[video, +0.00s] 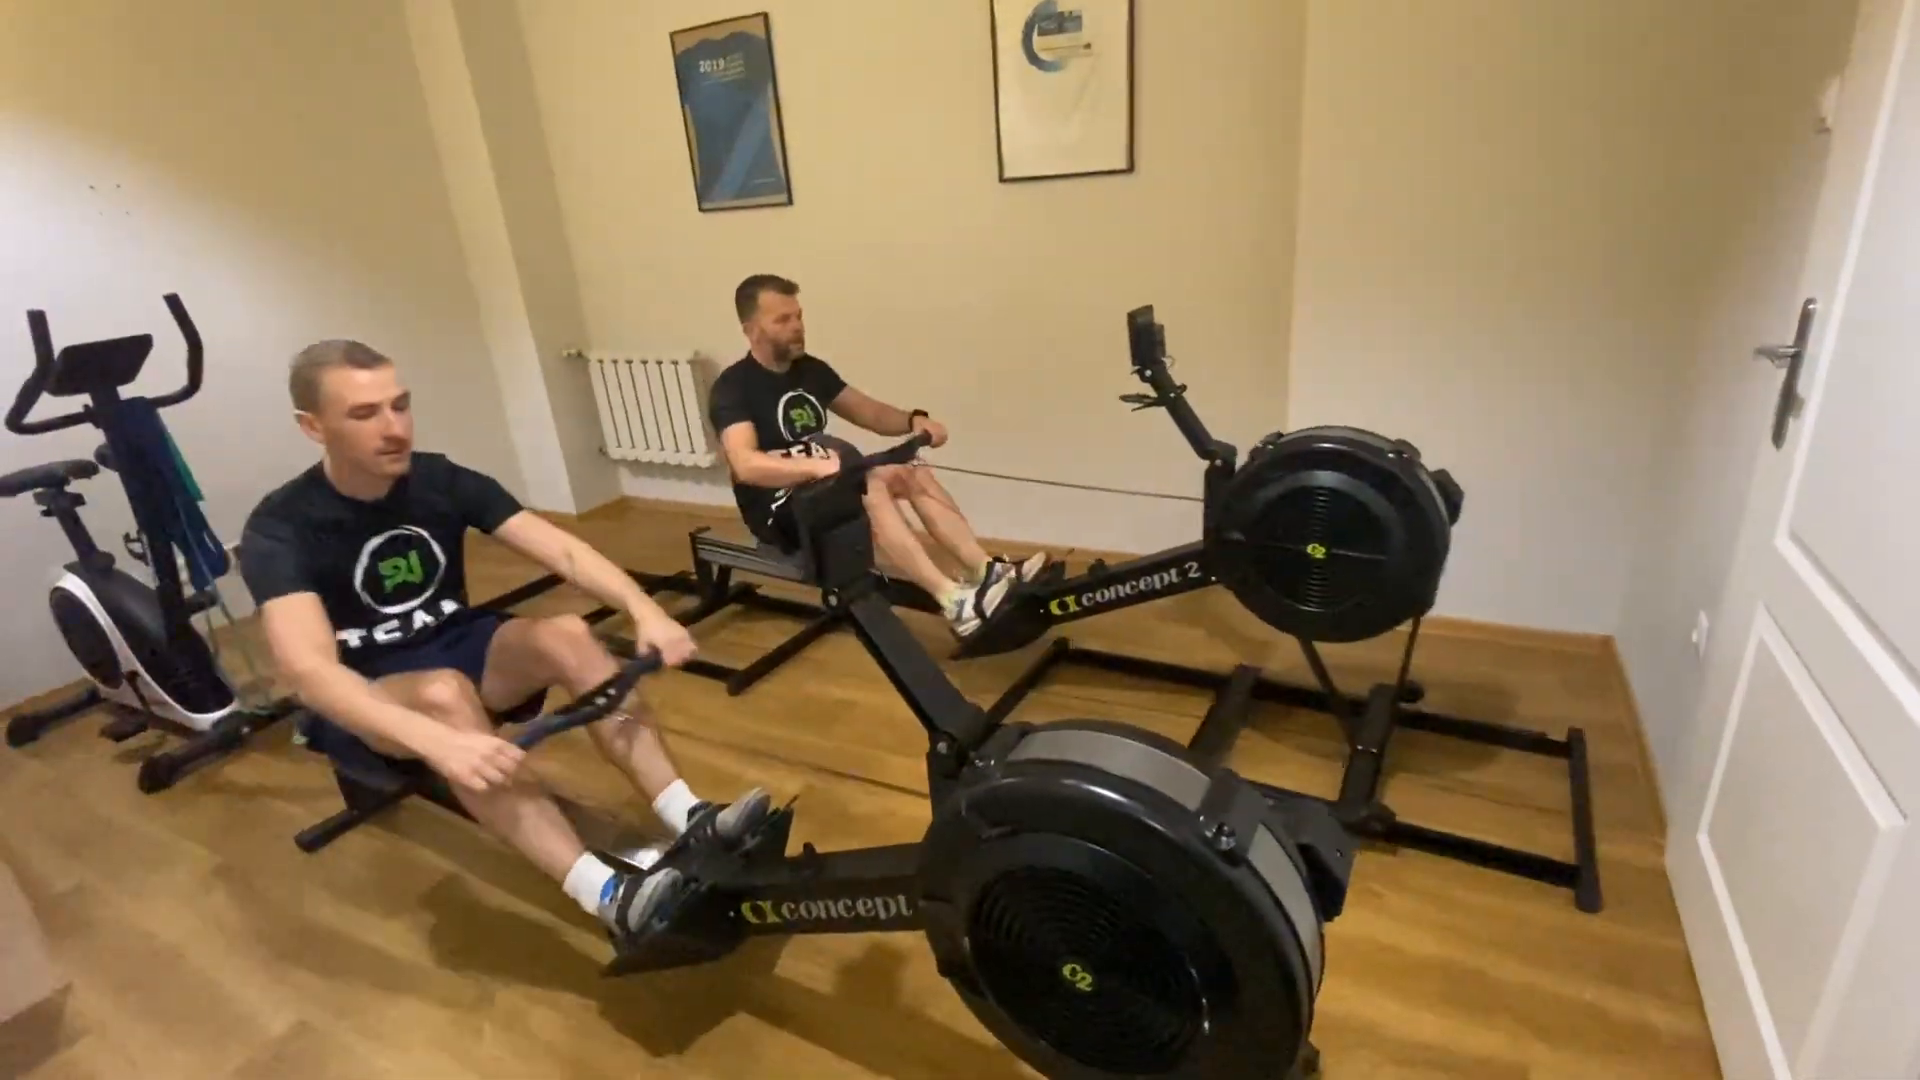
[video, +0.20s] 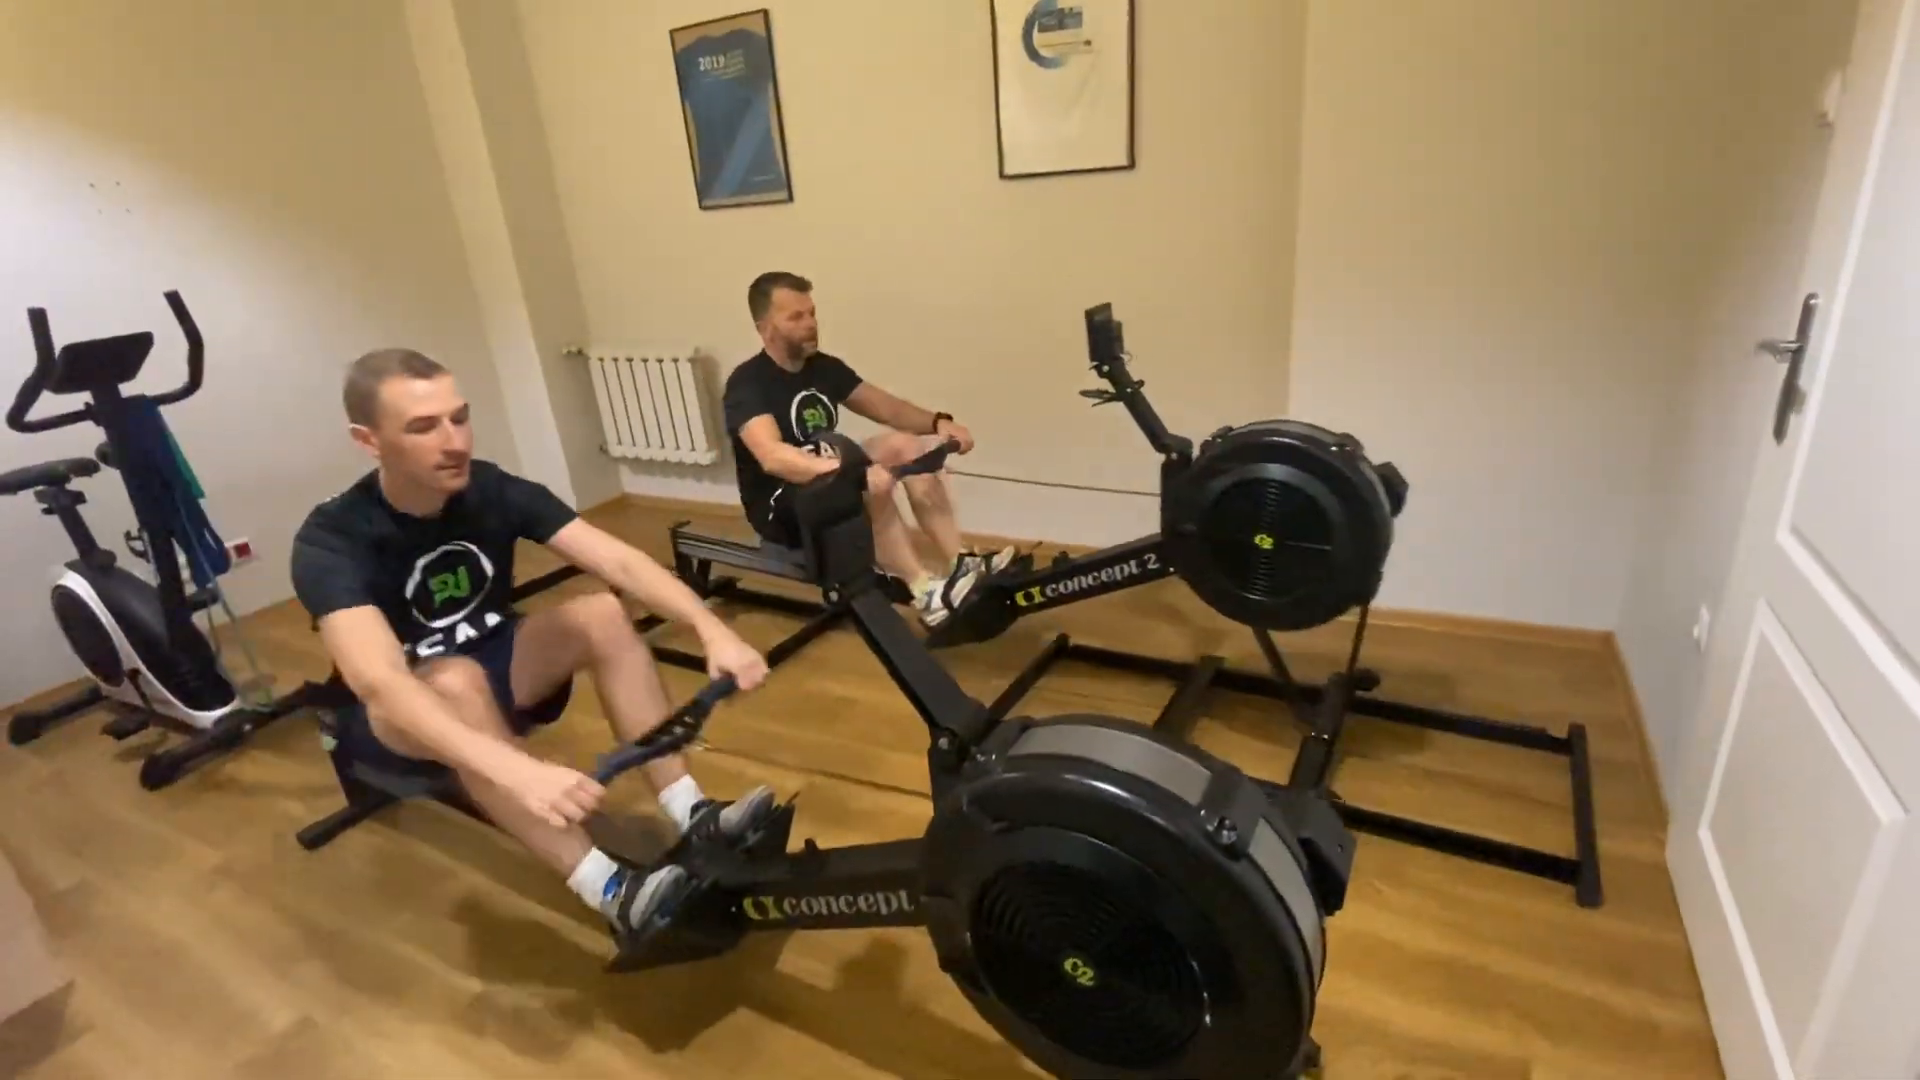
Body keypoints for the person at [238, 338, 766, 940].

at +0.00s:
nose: (394, 427)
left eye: (400, 406)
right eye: (366, 414)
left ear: (409, 402)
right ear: (314, 428)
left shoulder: (439, 481)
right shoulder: (282, 528)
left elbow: (563, 552)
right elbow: (307, 670)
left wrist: (644, 610)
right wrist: (436, 744)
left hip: (457, 649)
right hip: (363, 684)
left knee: (565, 636)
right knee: (445, 697)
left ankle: (691, 821)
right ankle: (610, 896)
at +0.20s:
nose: (454, 442)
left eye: (459, 418)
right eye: (425, 428)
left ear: (469, 412)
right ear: (369, 442)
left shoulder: (490, 490)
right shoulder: (333, 541)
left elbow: (616, 560)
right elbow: (382, 689)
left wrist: (712, 629)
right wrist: (517, 772)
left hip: (489, 666)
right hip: (391, 708)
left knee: (602, 613)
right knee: (456, 678)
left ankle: (693, 818)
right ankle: (612, 890)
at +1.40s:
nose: (294, 390)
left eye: (298, 370)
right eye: (268, 378)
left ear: (308, 367)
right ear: (214, 393)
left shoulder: (360, 453)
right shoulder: (203, 502)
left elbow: (462, 517)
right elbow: (257, 607)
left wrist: (540, 542)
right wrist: (347, 640)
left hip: (412, 624)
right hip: (314, 662)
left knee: (534, 652)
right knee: (433, 710)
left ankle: (692, 808)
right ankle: (607, 882)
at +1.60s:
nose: (256, 410)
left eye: (261, 390)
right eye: (231, 400)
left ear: (271, 384)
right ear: (184, 412)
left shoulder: (328, 467)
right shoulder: (171, 519)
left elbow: (413, 530)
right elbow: (149, 649)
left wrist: (437, 536)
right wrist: (216, 632)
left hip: (391, 615)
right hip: (300, 655)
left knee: (521, 696)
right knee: (433, 746)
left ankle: (692, 803)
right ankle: (610, 883)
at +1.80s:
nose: (241, 418)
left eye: (246, 397)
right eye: (215, 407)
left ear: (256, 394)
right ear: (171, 420)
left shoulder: (318, 473)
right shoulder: (162, 523)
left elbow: (377, 558)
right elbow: (113, 647)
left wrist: (398, 535)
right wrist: (167, 612)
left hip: (393, 618)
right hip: (310, 662)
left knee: (512, 695)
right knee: (429, 748)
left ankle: (686, 803)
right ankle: (607, 879)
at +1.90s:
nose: (240, 415)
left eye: (247, 394)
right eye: (214, 405)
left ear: (258, 390)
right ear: (171, 418)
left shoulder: (319, 472)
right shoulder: (162, 522)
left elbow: (379, 544)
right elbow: (118, 647)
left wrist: (407, 538)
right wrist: (177, 620)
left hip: (388, 617)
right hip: (304, 662)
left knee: (512, 693)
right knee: (427, 744)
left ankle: (686, 803)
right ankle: (607, 879)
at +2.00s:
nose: (247, 408)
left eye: (253, 387)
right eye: (220, 398)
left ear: (265, 382)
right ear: (177, 414)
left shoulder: (321, 467)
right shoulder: (164, 516)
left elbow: (409, 541)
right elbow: (122, 649)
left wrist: (432, 542)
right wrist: (198, 631)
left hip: (385, 619)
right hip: (296, 661)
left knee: (513, 688)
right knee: (426, 737)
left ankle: (686, 802)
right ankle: (607, 880)